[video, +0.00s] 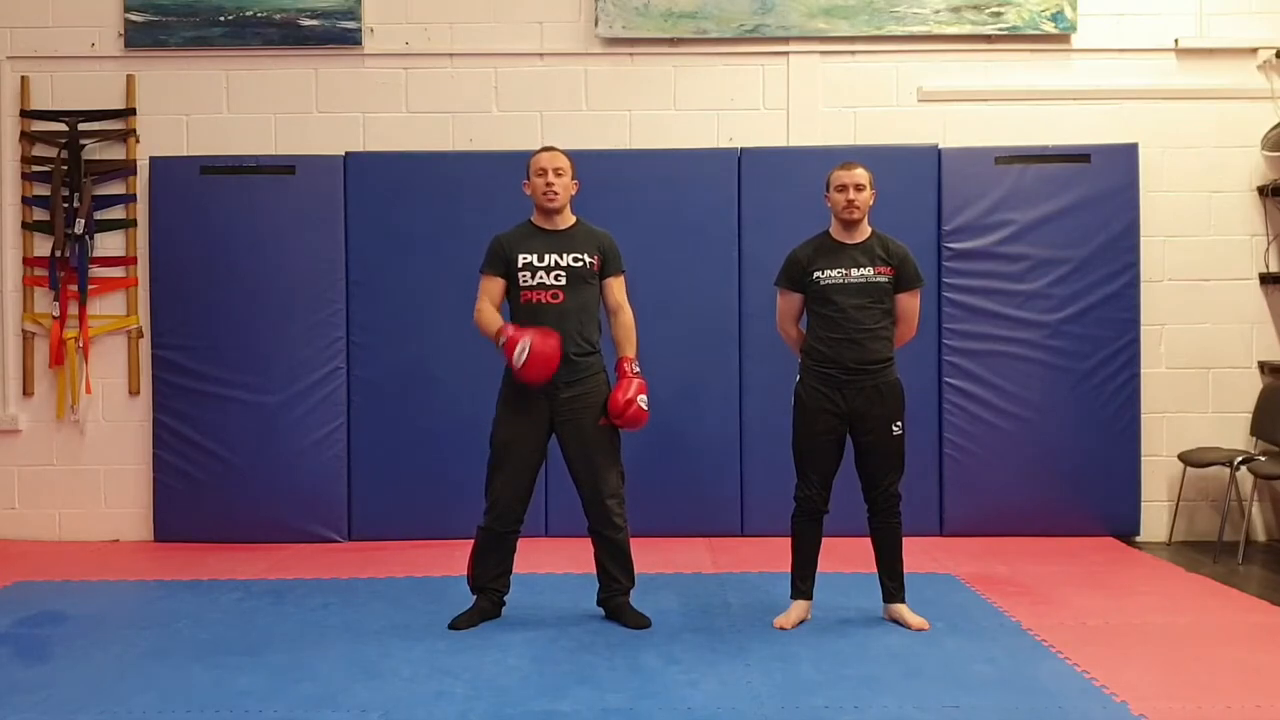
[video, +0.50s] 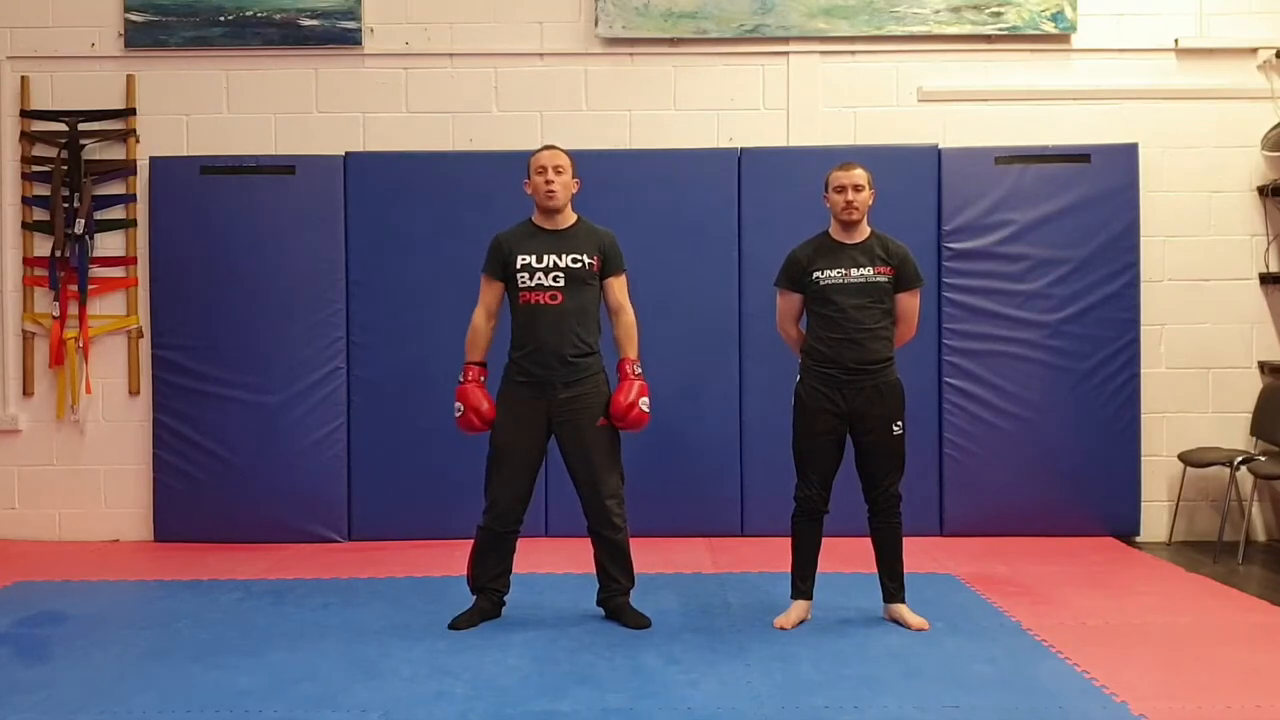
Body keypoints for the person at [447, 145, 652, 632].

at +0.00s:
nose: (550, 182)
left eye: (559, 174)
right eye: (542, 175)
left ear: (573, 184)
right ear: (528, 186)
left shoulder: (599, 243)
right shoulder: (508, 244)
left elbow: (619, 309)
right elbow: (484, 309)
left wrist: (629, 371)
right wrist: (508, 337)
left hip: (586, 387)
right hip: (525, 389)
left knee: (606, 498)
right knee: (504, 497)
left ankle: (616, 598)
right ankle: (488, 597)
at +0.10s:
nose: (552, 182)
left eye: (560, 174)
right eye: (544, 175)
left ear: (575, 184)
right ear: (530, 186)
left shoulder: (600, 243)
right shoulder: (509, 245)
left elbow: (620, 309)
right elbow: (492, 313)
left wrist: (629, 370)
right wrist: (495, 371)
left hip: (587, 388)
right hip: (524, 390)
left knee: (607, 499)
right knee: (504, 501)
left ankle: (616, 598)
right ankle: (488, 597)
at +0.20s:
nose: (553, 180)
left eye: (561, 173)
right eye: (544, 173)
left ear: (575, 184)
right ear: (530, 186)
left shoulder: (600, 243)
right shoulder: (509, 244)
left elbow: (622, 309)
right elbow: (490, 314)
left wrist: (630, 370)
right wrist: (477, 377)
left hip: (588, 388)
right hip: (525, 389)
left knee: (608, 499)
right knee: (504, 500)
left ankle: (616, 597)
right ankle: (488, 597)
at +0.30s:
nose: (553, 180)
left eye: (561, 172)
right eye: (545, 173)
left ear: (575, 184)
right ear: (530, 186)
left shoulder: (599, 243)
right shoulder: (508, 244)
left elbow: (622, 311)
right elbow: (482, 312)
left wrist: (632, 371)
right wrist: (467, 374)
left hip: (588, 387)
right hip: (525, 388)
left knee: (608, 498)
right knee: (504, 499)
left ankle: (617, 597)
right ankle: (488, 598)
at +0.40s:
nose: (552, 180)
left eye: (560, 173)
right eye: (543, 173)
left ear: (575, 184)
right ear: (530, 185)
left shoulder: (599, 242)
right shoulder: (507, 243)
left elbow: (621, 311)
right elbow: (481, 312)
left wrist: (631, 372)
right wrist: (465, 374)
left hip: (586, 387)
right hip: (525, 388)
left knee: (607, 499)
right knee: (504, 500)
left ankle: (616, 597)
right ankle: (488, 598)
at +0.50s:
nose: (549, 180)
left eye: (558, 172)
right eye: (541, 173)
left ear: (574, 183)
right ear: (528, 185)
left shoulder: (600, 242)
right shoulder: (508, 244)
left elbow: (621, 310)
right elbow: (485, 314)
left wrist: (631, 375)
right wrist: (472, 376)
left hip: (585, 388)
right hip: (522, 390)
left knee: (606, 499)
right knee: (503, 500)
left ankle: (616, 597)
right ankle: (488, 597)